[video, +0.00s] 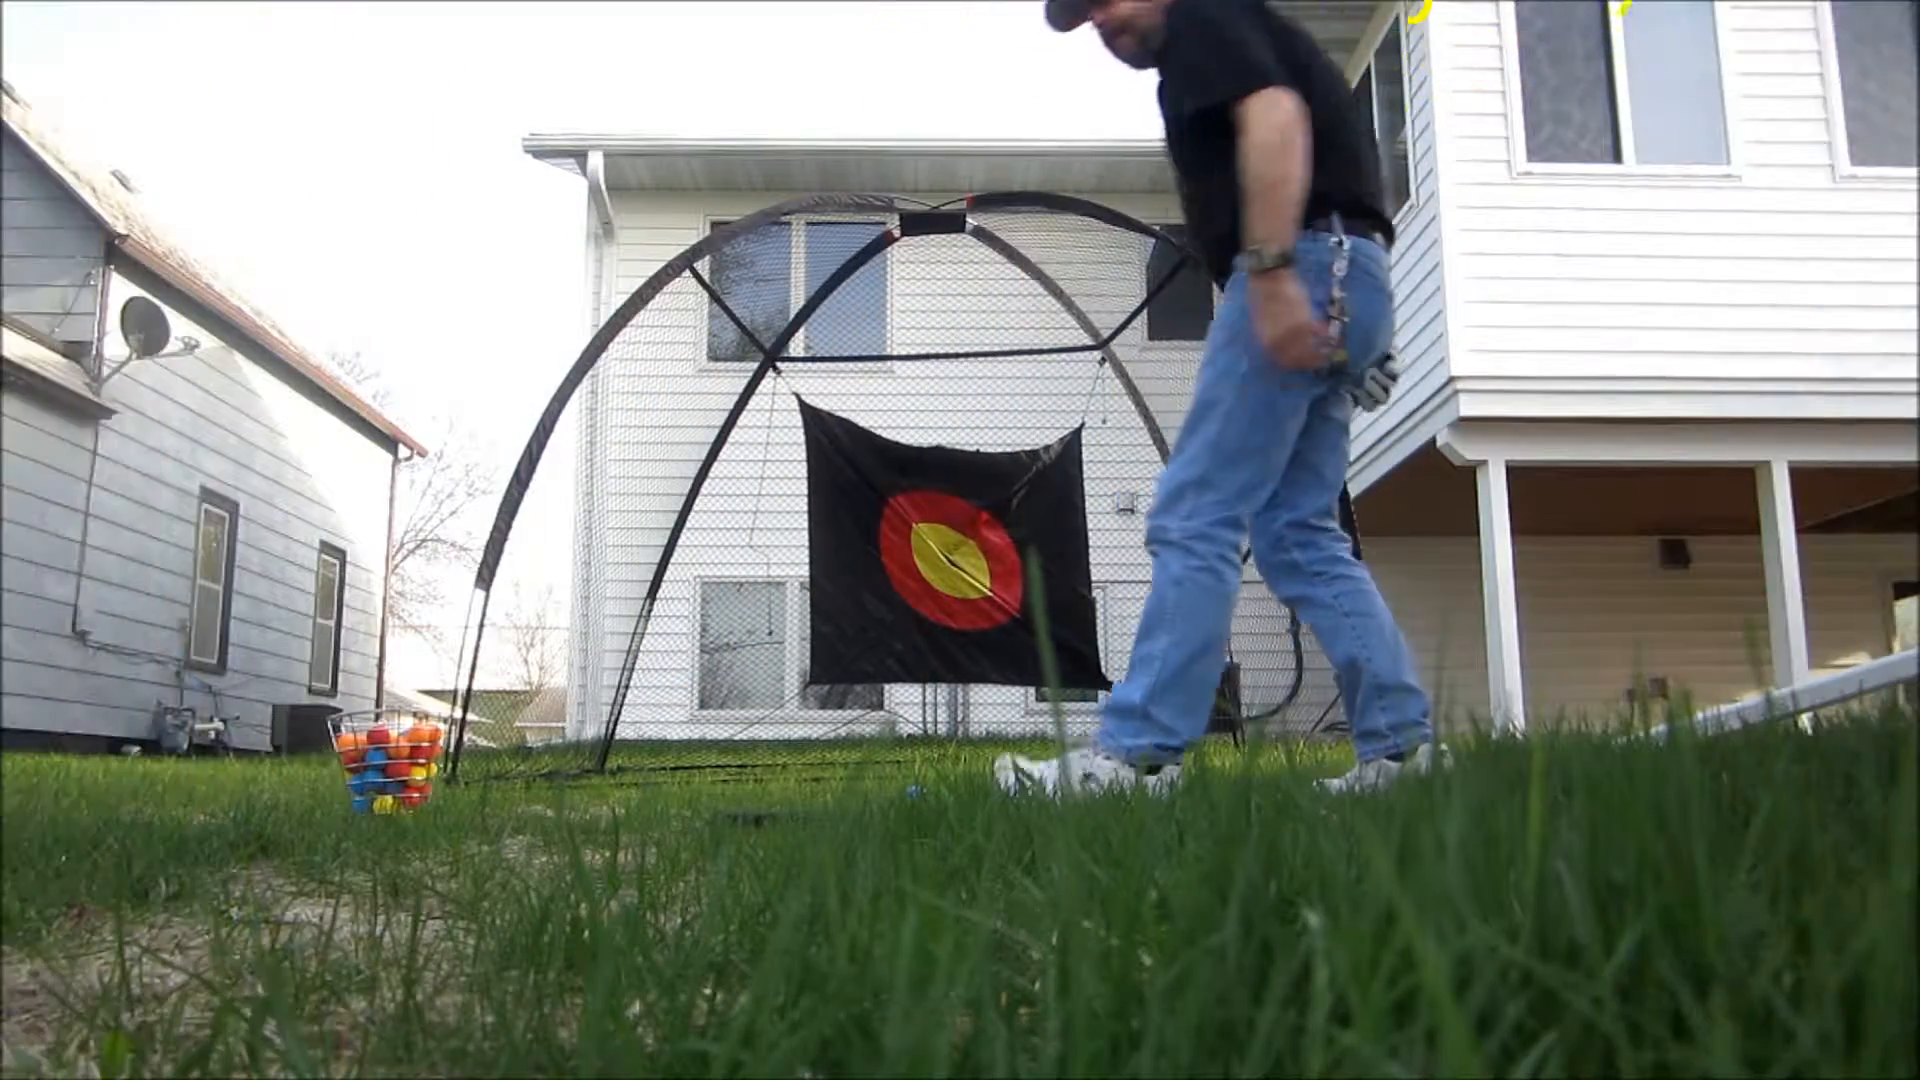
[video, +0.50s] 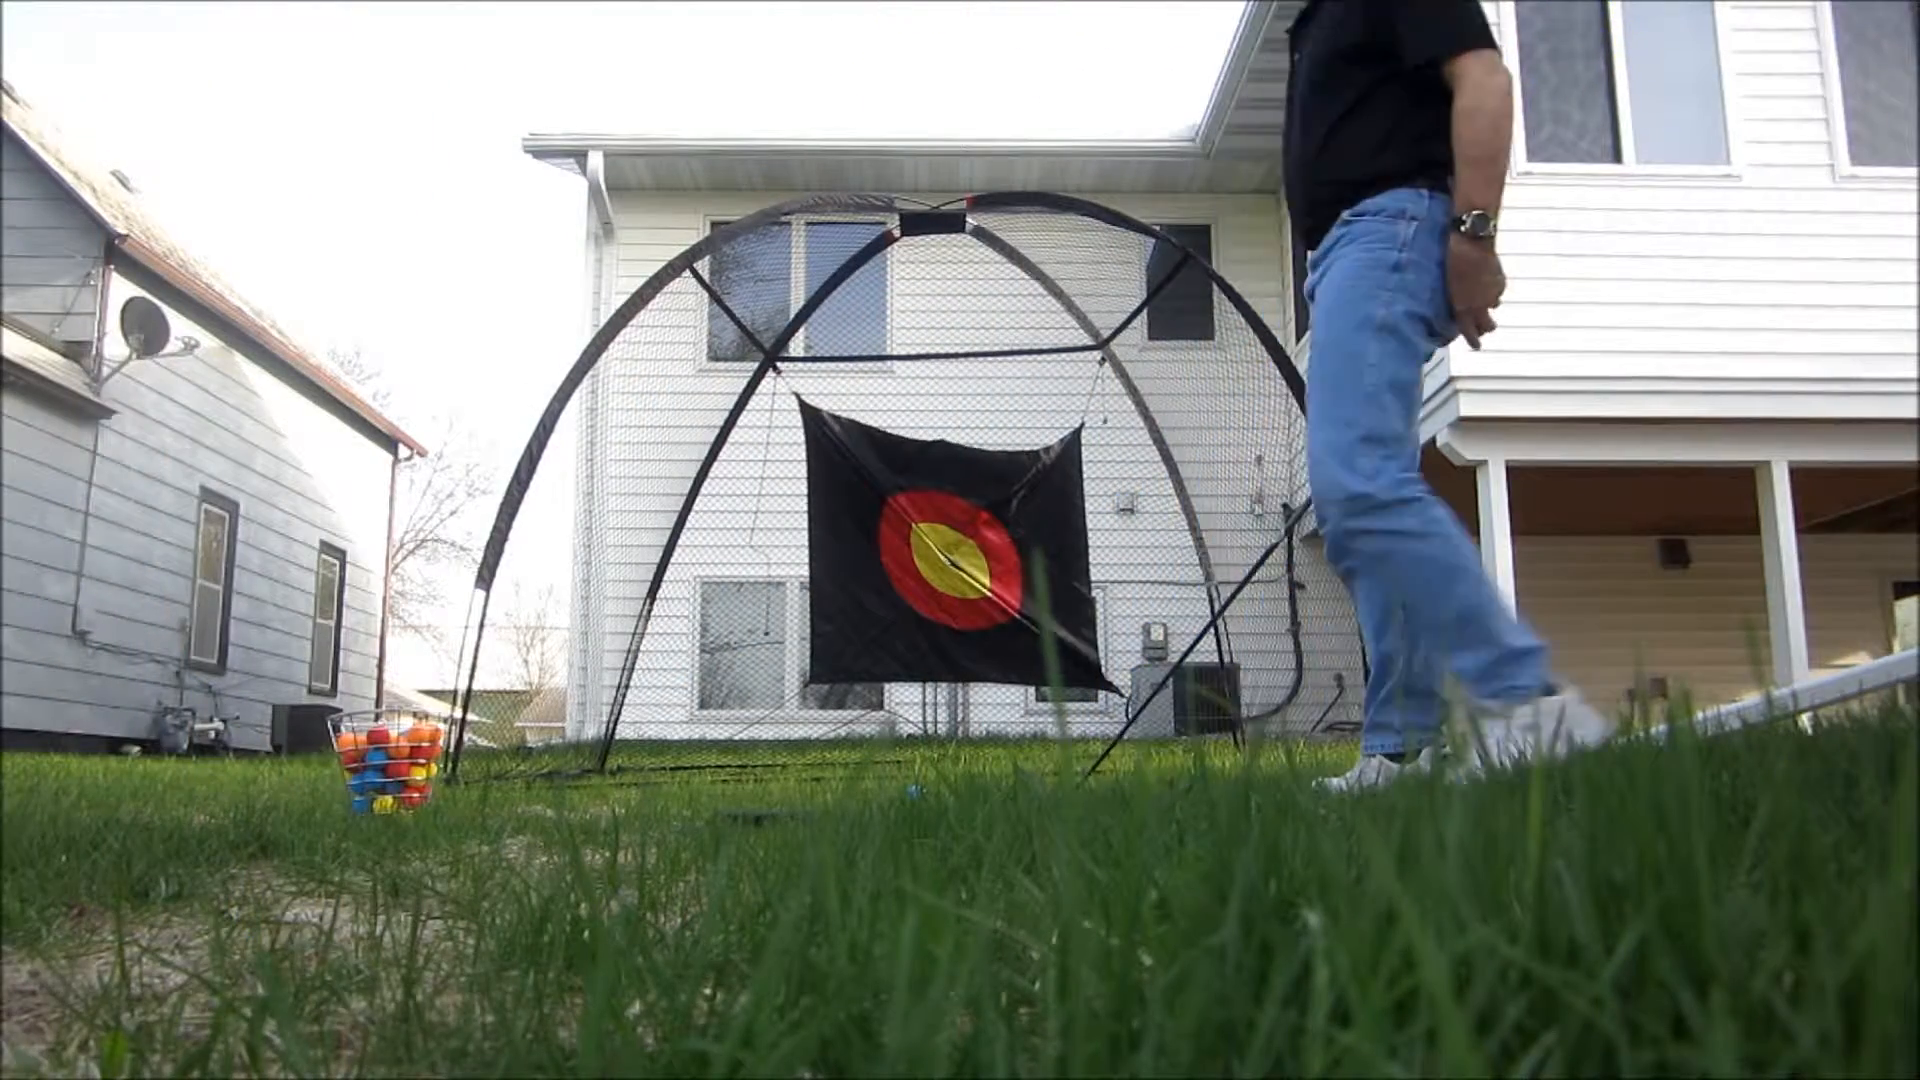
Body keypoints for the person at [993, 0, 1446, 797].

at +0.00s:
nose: (1099, 33)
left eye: (1100, 13)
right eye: (1089, 25)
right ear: (1122, 14)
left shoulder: (1204, 19)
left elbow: (1276, 115)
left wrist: (1268, 275)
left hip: (1296, 269)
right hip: (1345, 274)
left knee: (1196, 519)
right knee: (1296, 532)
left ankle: (1137, 751)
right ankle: (1401, 745)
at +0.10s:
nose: (1141, 14)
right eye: (1131, 7)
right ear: (1153, 13)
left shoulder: (1256, 15)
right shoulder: (1223, 57)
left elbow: (1339, 99)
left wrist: (1332, 258)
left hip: (1310, 266)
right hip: (1348, 268)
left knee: (1219, 511)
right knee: (1310, 529)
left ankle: (1151, 744)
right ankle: (1401, 747)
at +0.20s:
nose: (1193, 5)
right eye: (1188, 1)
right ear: (1214, 7)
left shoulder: (1304, 7)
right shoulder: (1256, 50)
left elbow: (1405, 86)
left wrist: (1414, 240)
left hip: (1342, 255)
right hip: (1344, 260)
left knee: (1250, 486)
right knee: (1330, 521)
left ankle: (1205, 735)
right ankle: (1400, 747)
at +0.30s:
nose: (1222, 2)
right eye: (1221, 2)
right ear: (1247, 4)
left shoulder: (1341, 4)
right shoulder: (1277, 40)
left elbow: (1437, 86)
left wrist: (1447, 238)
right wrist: (1434, 270)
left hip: (1362, 242)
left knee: (1270, 477)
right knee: (1350, 507)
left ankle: (1287, 734)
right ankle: (1400, 745)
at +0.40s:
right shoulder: (1296, 24)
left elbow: (1464, 83)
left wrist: (1462, 236)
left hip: (1375, 229)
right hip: (1357, 238)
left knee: (1295, 475)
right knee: (1364, 498)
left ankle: (1380, 724)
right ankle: (1405, 725)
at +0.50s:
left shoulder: (1403, 0)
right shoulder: (1318, 22)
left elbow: (1484, 77)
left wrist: (1473, 234)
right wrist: (1319, 257)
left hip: (1389, 227)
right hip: (1346, 246)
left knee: (1363, 489)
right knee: (1357, 506)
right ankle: (1403, 749)